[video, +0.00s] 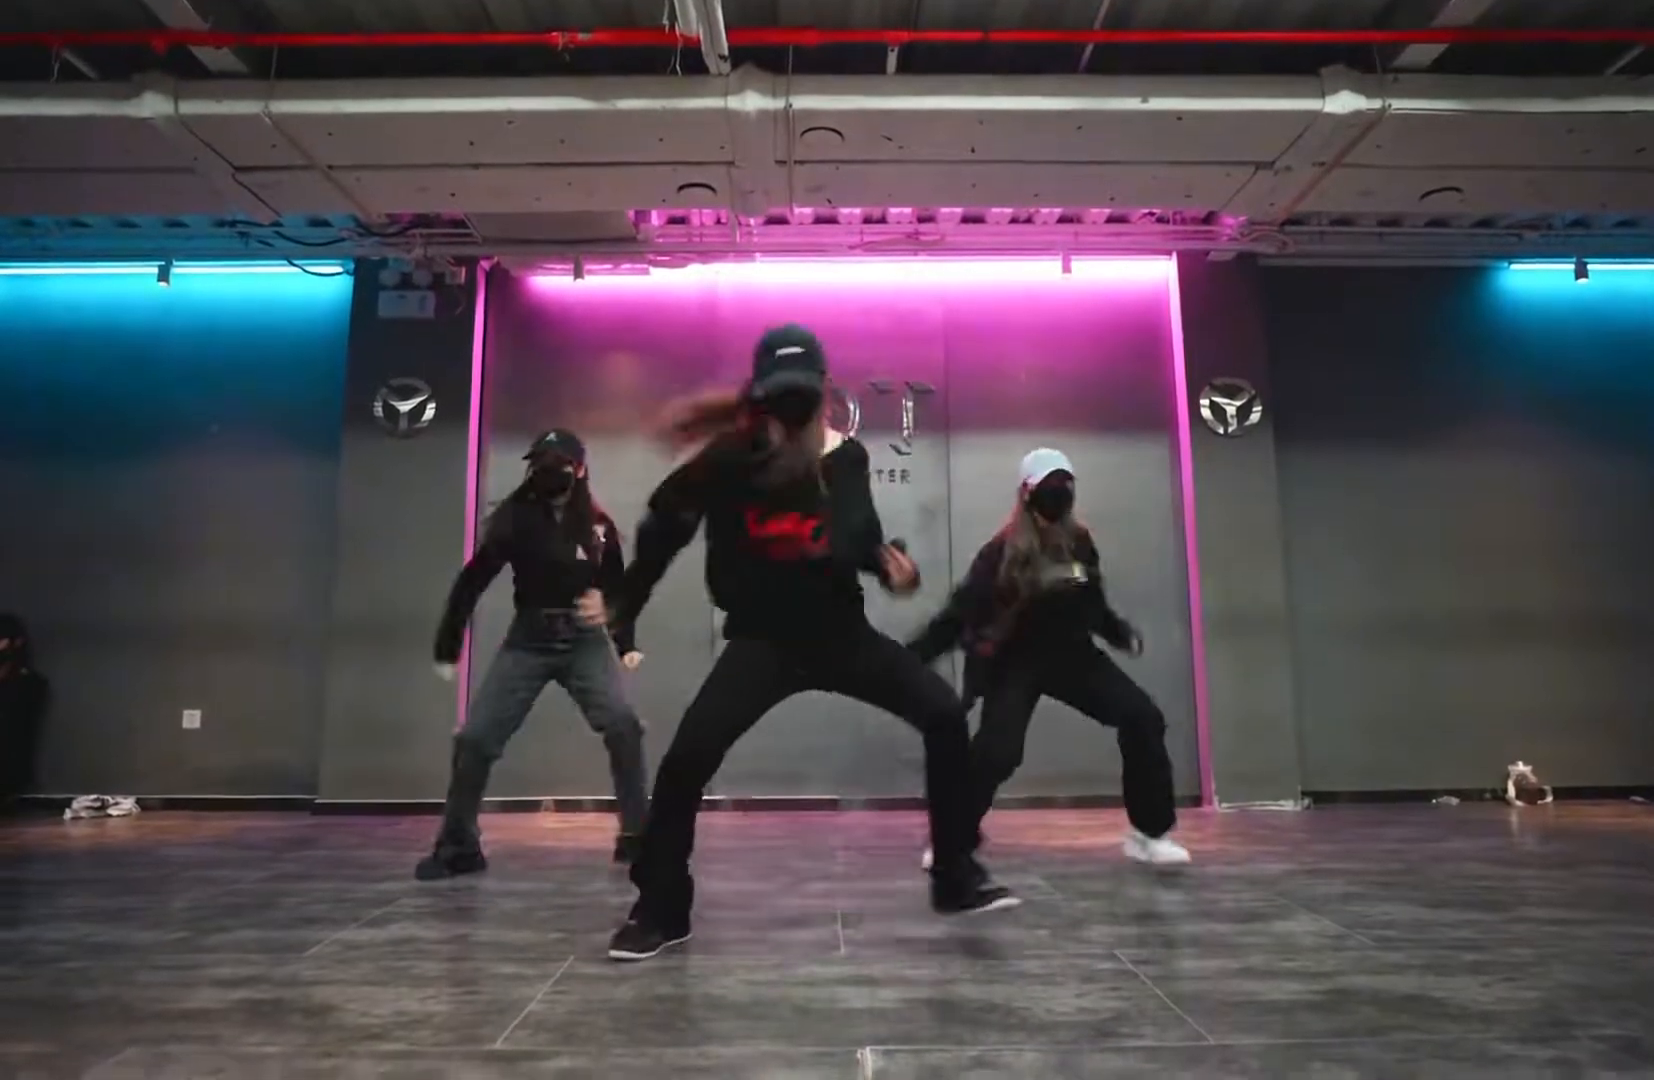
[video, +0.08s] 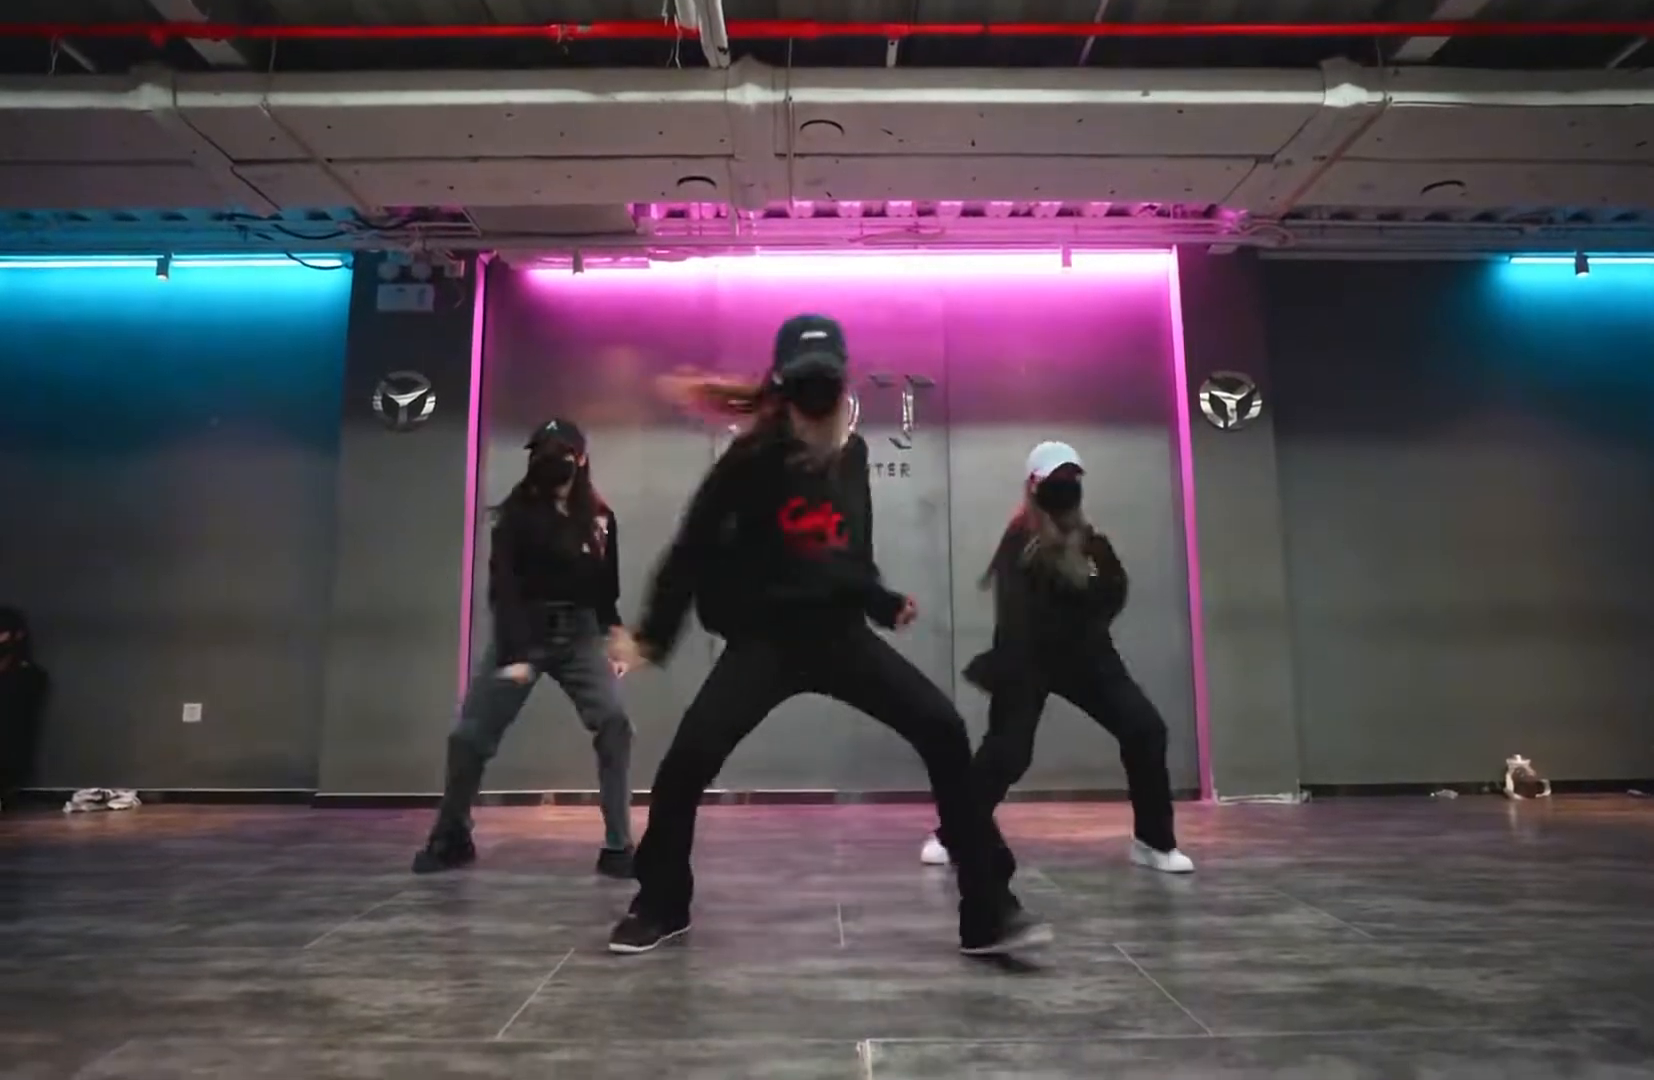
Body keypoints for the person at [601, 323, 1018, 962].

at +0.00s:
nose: (789, 413)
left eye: (801, 398)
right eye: (776, 399)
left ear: (823, 393)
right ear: (756, 398)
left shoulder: (842, 459)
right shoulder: (724, 463)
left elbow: (863, 541)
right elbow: (662, 531)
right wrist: (623, 611)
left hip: (842, 638)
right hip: (760, 644)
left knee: (944, 713)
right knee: (686, 759)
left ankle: (956, 875)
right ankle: (661, 912)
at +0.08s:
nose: (816, 395)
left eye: (827, 381)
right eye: (803, 383)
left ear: (845, 380)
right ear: (782, 386)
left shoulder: (852, 456)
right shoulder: (751, 460)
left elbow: (845, 554)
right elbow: (691, 548)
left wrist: (883, 599)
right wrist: (654, 635)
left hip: (841, 640)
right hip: (762, 646)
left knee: (943, 730)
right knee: (683, 764)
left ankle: (987, 909)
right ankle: (659, 909)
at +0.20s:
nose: (830, 369)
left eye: (842, 356)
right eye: (817, 357)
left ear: (858, 360)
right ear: (795, 362)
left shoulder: (864, 437)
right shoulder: (773, 433)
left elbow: (865, 541)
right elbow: (779, 532)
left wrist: (835, 627)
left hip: (859, 632)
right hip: (777, 635)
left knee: (967, 744)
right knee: (693, 765)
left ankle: (993, 913)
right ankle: (660, 898)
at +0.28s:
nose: (828, 352)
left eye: (840, 339)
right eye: (815, 341)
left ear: (858, 344)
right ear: (795, 348)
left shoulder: (886, 426)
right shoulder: (773, 421)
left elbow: (894, 521)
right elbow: (756, 505)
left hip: (871, 634)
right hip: (784, 634)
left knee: (968, 744)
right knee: (689, 750)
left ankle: (993, 910)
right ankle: (660, 882)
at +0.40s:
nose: (823, 324)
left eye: (835, 313)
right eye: (809, 313)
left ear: (854, 327)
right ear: (787, 328)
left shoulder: (889, 423)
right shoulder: (754, 413)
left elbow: (922, 526)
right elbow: (683, 467)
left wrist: (912, 604)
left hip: (874, 621)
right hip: (781, 627)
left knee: (979, 727)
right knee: (709, 754)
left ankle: (1009, 903)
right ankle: (698, 910)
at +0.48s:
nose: (819, 315)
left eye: (831, 305)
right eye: (807, 305)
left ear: (851, 319)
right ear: (786, 319)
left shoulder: (884, 412)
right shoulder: (737, 407)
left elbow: (928, 500)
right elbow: (653, 421)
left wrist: (915, 592)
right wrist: (596, 433)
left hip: (873, 610)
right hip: (778, 618)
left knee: (985, 716)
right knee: (703, 752)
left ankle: (1003, 886)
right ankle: (691, 907)